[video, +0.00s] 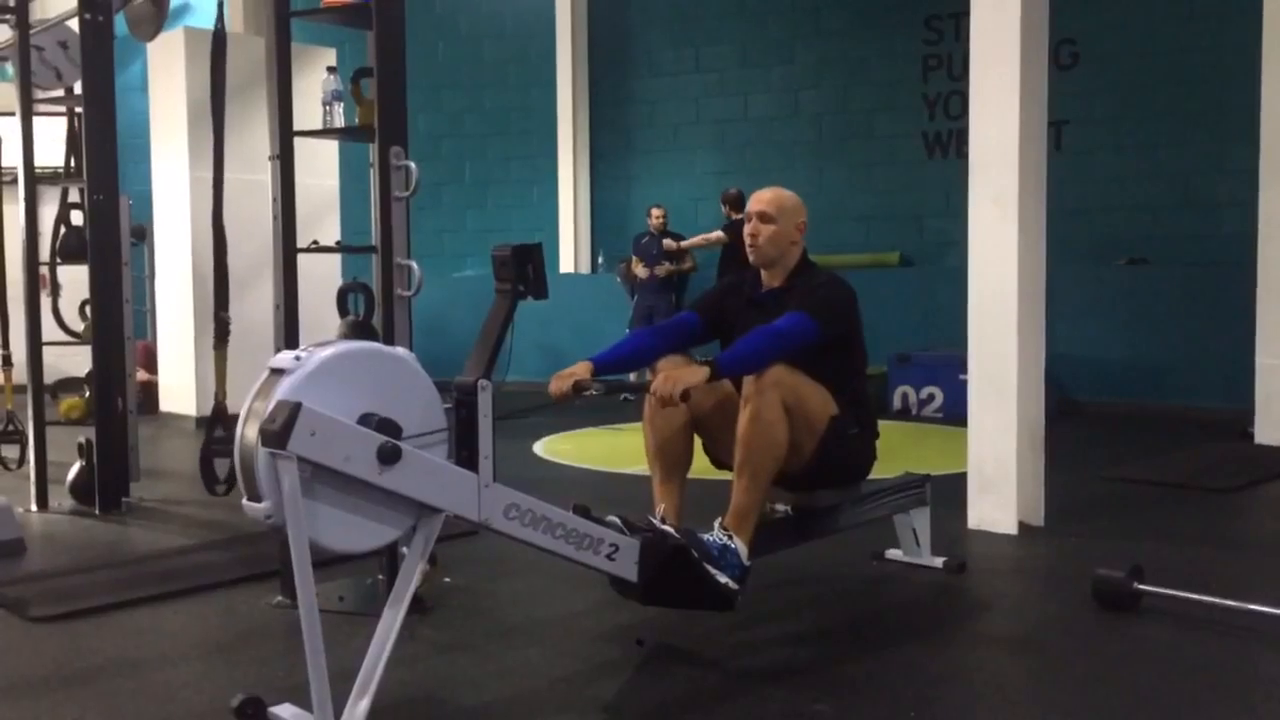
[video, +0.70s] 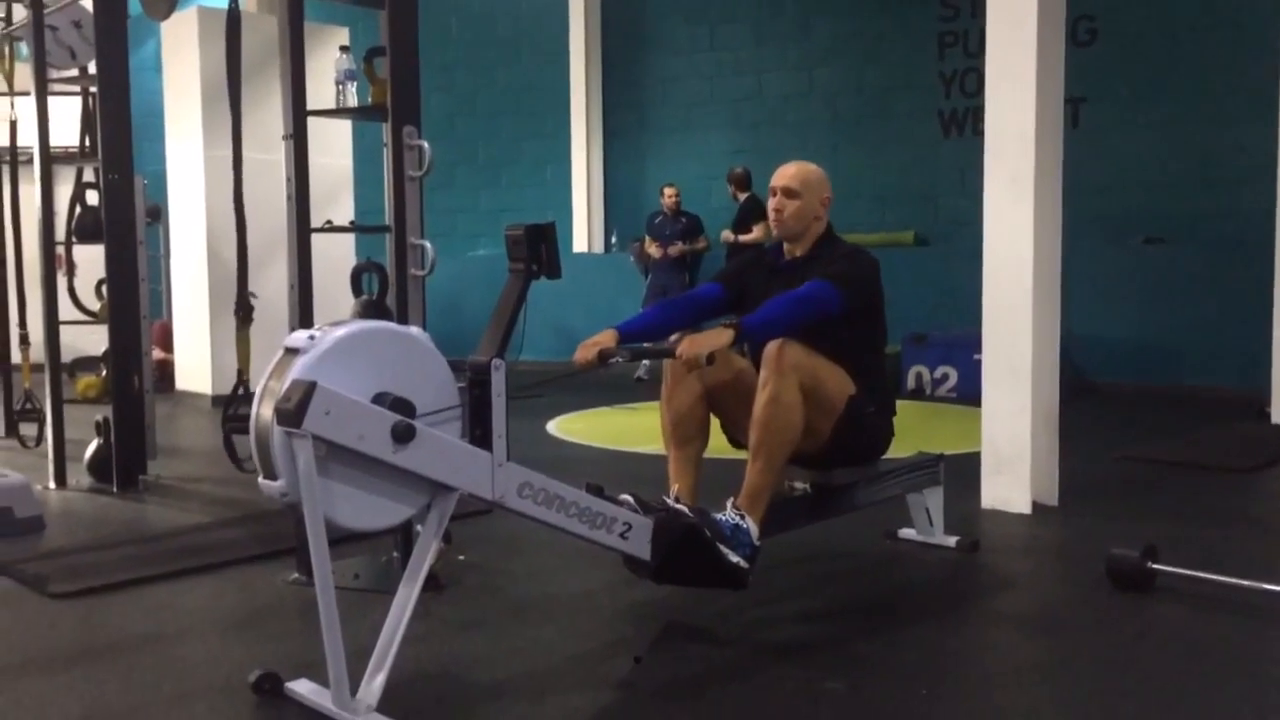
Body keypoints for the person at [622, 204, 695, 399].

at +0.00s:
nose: (661, 221)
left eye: (663, 217)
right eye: (657, 218)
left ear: (667, 219)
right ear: (649, 220)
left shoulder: (676, 239)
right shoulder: (640, 240)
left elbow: (690, 264)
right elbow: (634, 263)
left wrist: (671, 269)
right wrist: (638, 270)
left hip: (666, 298)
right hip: (643, 298)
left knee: (665, 338)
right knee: (637, 337)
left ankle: (662, 384)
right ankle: (633, 383)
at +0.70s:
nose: (674, 200)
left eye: (676, 196)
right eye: (670, 196)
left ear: (680, 198)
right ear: (662, 199)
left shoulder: (691, 220)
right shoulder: (654, 219)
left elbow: (704, 243)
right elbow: (648, 242)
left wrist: (684, 248)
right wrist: (652, 249)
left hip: (680, 276)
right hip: (658, 275)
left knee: (679, 318)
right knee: (649, 316)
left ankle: (680, 364)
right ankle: (645, 362)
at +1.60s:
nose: (673, 170)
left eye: (675, 166)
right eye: (669, 167)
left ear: (679, 168)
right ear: (661, 170)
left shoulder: (690, 191)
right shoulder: (652, 191)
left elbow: (700, 213)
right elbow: (646, 216)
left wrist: (682, 219)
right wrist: (650, 221)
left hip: (677, 247)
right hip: (656, 246)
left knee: (674, 291)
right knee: (650, 290)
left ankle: (669, 336)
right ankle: (645, 334)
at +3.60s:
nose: (669, 182)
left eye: (672, 179)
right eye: (665, 179)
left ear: (676, 181)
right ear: (658, 182)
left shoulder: (688, 203)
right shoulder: (649, 203)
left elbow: (700, 228)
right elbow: (644, 228)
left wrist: (682, 233)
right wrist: (647, 233)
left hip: (675, 259)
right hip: (653, 258)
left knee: (671, 302)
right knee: (647, 302)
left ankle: (666, 348)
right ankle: (642, 346)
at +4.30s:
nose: (664, 185)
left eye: (668, 181)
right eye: (661, 182)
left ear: (675, 182)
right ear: (656, 184)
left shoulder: (681, 203)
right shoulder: (650, 204)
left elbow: (682, 230)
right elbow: (648, 235)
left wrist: (661, 227)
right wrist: (669, 232)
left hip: (674, 257)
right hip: (653, 257)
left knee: (673, 303)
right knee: (647, 299)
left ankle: (670, 348)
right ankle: (643, 346)